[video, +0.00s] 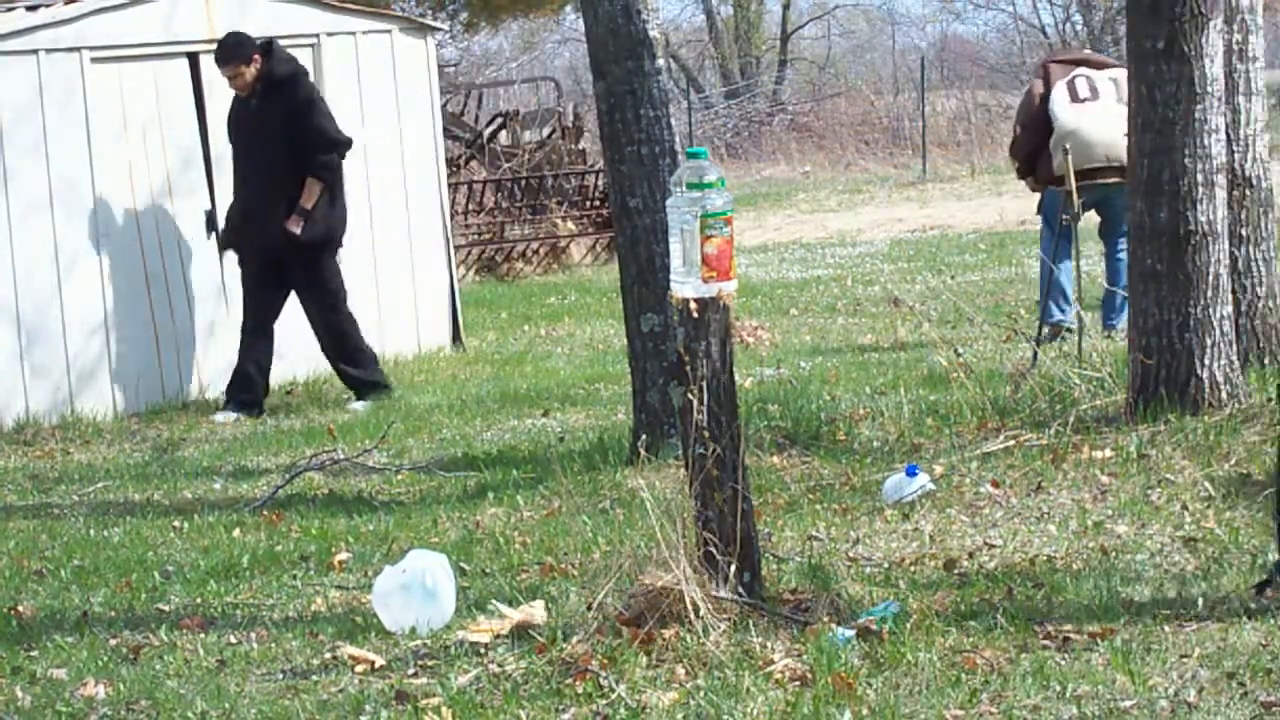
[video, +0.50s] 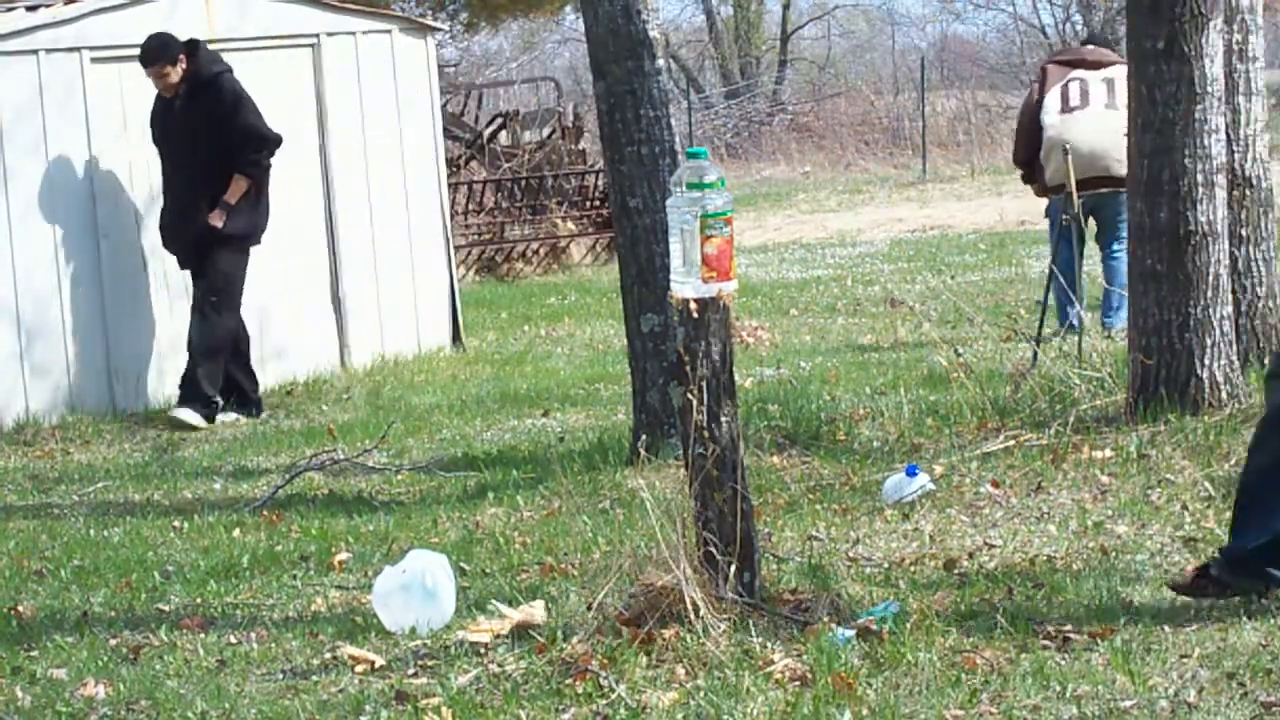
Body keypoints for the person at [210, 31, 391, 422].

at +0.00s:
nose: (232, 84)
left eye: (235, 75)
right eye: (227, 77)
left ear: (256, 62)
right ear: (228, 71)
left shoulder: (292, 89)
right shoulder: (241, 106)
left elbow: (330, 148)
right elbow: (248, 174)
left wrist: (302, 211)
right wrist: (237, 222)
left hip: (305, 229)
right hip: (261, 232)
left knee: (330, 314)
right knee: (256, 324)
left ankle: (372, 389)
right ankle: (244, 404)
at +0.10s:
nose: (210, 85)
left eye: (214, 76)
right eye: (205, 78)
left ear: (235, 63)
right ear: (202, 73)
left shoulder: (272, 86)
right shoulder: (218, 105)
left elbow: (311, 146)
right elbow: (226, 167)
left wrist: (282, 209)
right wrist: (221, 216)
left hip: (287, 222)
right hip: (243, 227)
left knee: (301, 309)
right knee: (242, 318)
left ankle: (361, 381)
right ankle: (244, 403)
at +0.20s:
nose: (194, 83)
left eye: (198, 75)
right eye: (189, 76)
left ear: (218, 62)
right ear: (186, 71)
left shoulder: (255, 85)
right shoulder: (202, 101)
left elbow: (293, 146)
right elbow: (209, 164)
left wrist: (263, 206)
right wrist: (204, 213)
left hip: (263, 219)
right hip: (224, 222)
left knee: (273, 303)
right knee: (234, 315)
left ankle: (333, 375)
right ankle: (244, 402)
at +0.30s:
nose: (180, 83)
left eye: (185, 74)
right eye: (175, 76)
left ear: (204, 61)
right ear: (173, 71)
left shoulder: (242, 85)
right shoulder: (188, 104)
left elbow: (282, 143)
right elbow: (197, 165)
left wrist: (249, 202)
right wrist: (194, 211)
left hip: (252, 219)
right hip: (213, 222)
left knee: (250, 303)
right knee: (225, 312)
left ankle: (296, 384)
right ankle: (243, 402)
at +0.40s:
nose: (169, 84)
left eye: (174, 76)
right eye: (164, 78)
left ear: (192, 62)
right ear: (162, 72)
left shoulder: (230, 84)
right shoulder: (176, 104)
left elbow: (270, 144)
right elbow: (186, 163)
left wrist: (236, 203)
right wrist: (184, 211)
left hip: (241, 220)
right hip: (205, 222)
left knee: (230, 304)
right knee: (217, 309)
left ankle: (249, 400)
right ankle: (235, 399)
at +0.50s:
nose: (159, 84)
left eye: (164, 75)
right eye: (153, 77)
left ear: (181, 62)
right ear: (148, 73)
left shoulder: (219, 86)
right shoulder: (163, 108)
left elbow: (259, 145)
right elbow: (175, 166)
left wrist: (225, 205)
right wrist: (172, 214)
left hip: (229, 218)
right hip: (191, 219)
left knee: (212, 306)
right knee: (218, 309)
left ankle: (198, 403)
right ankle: (243, 399)